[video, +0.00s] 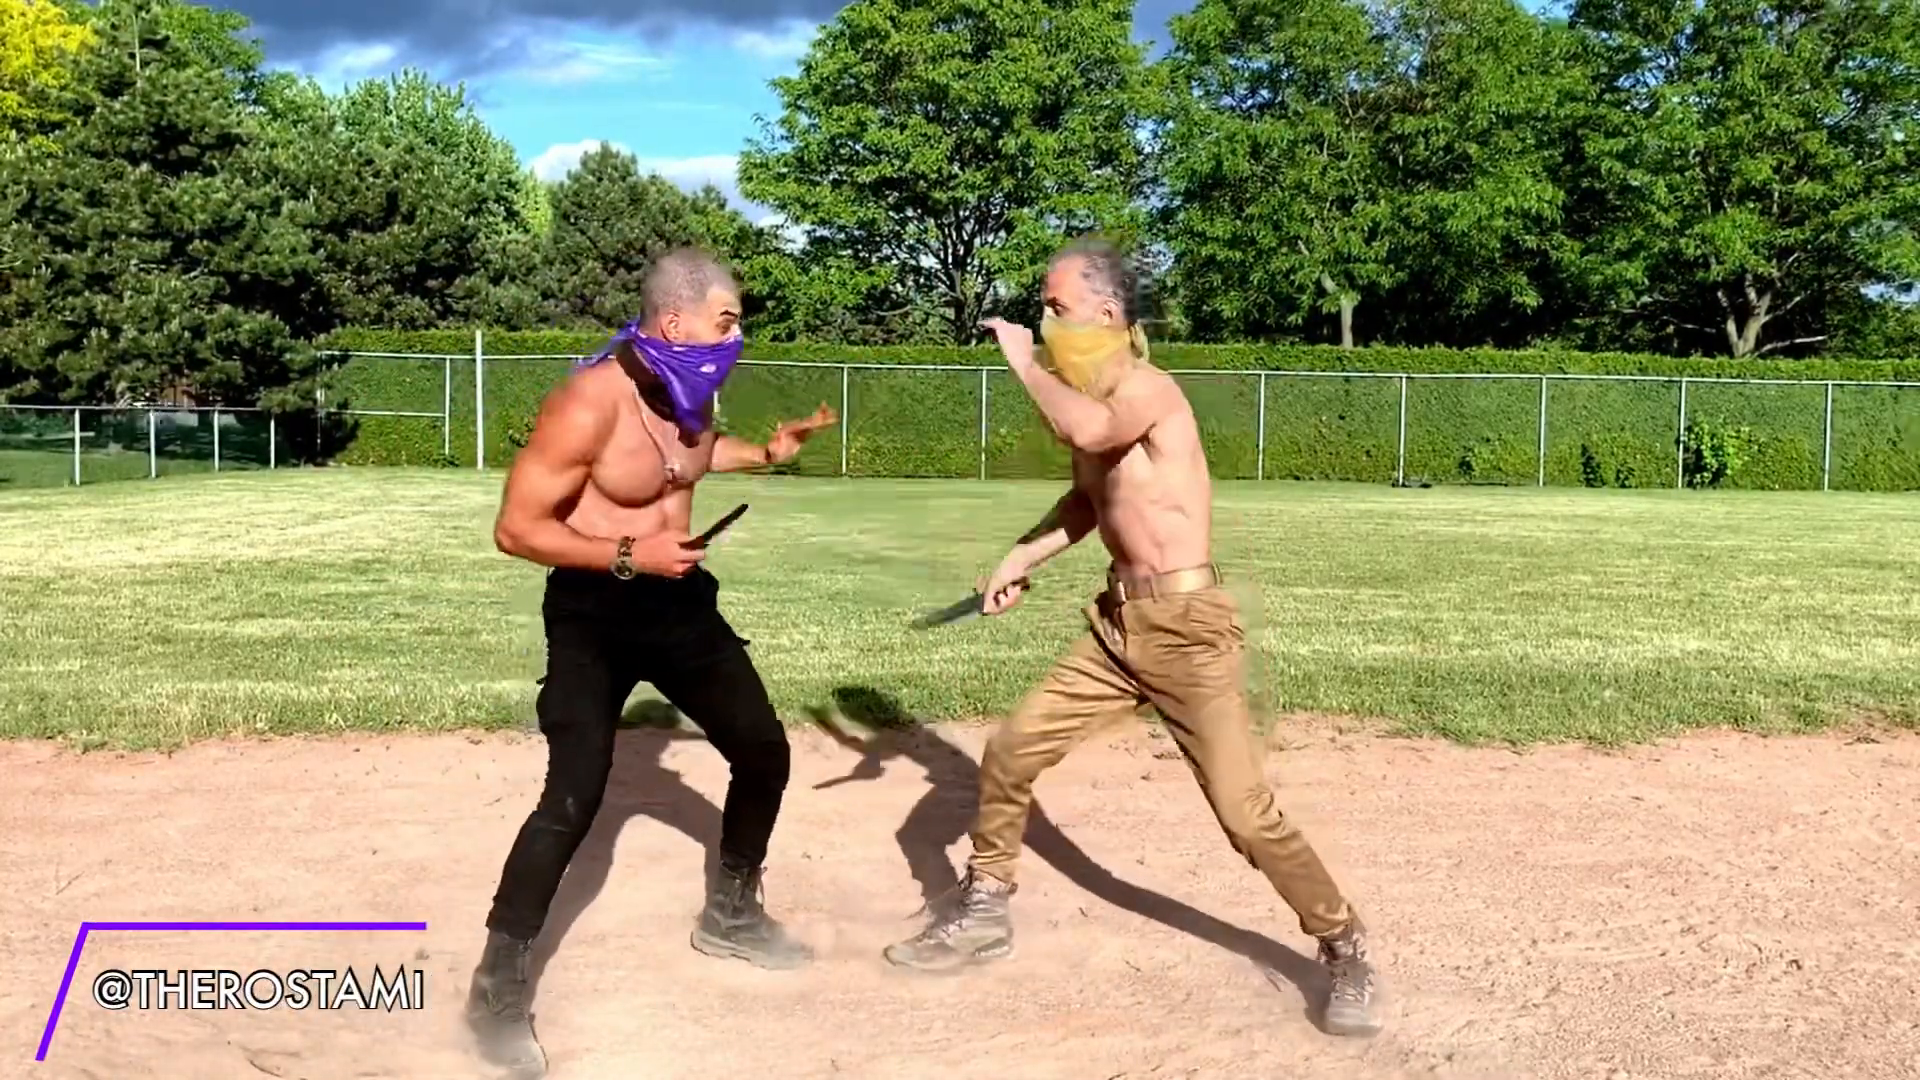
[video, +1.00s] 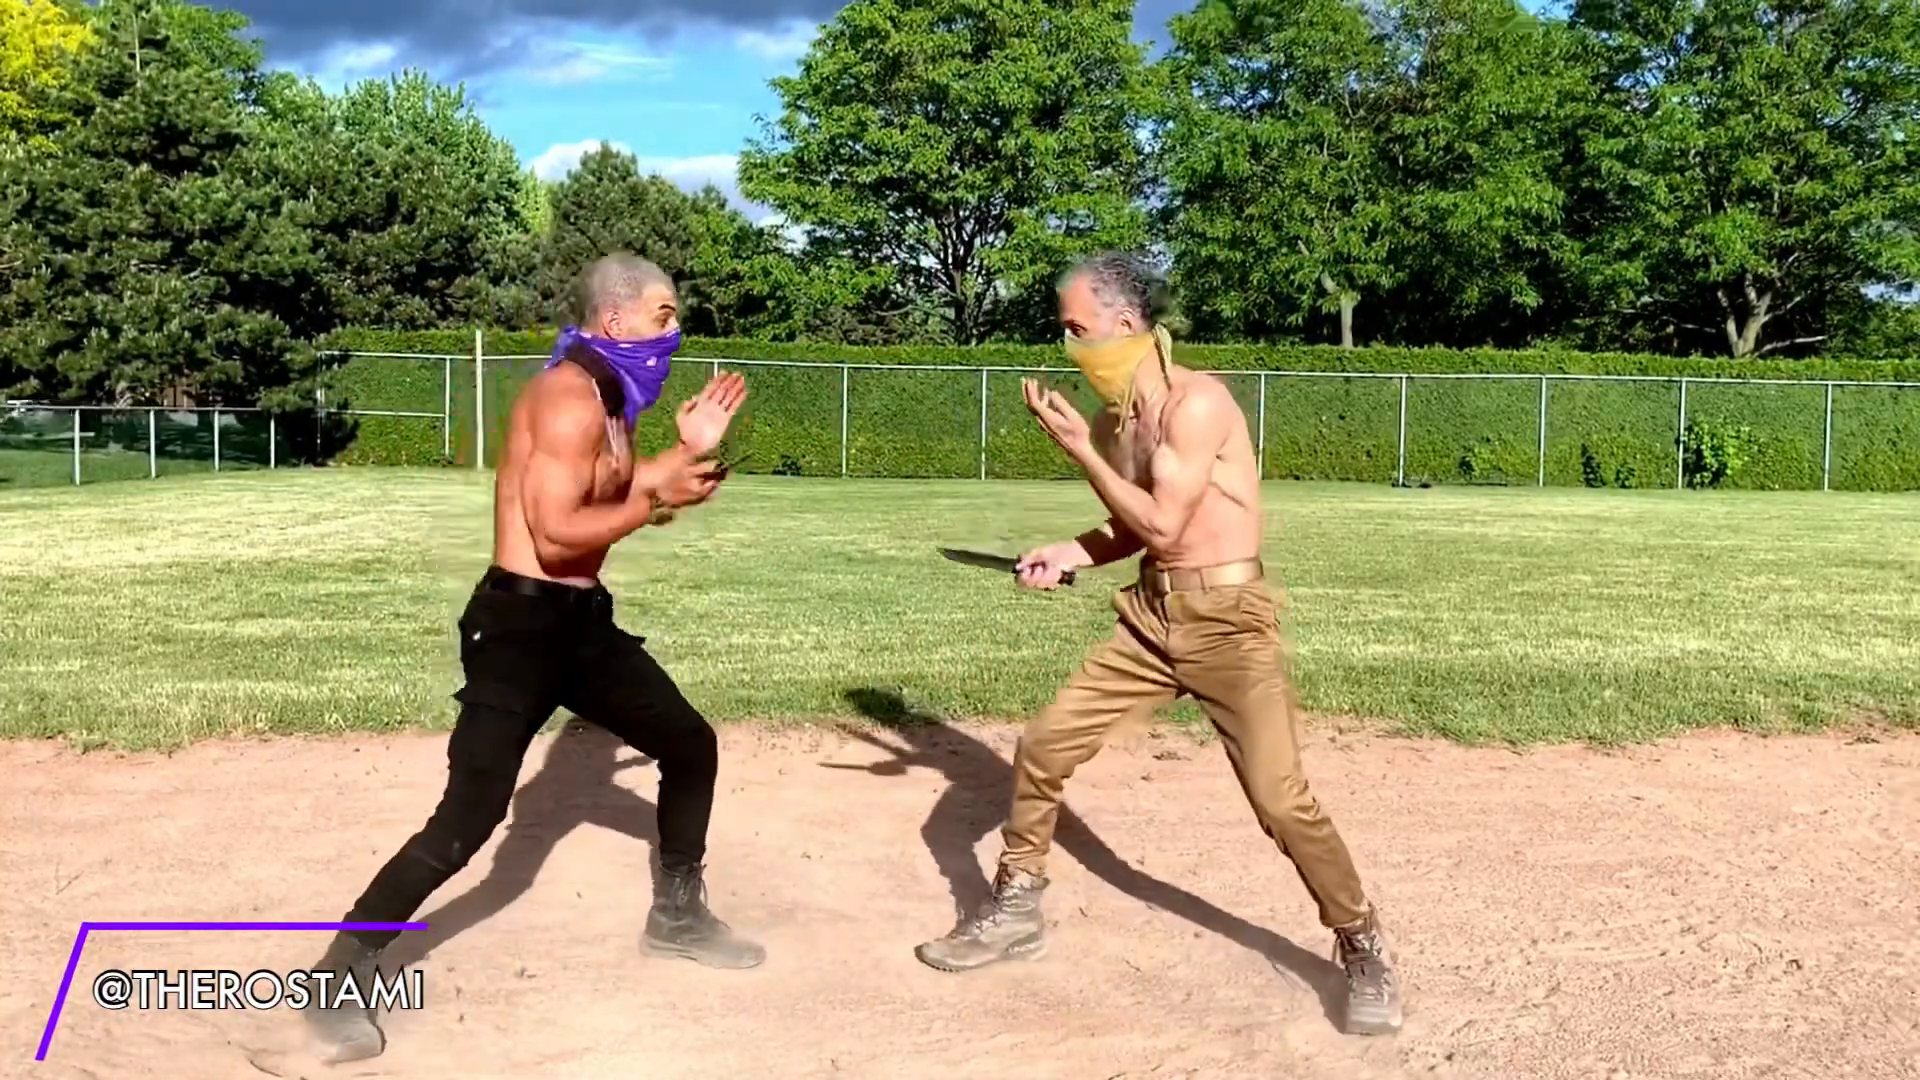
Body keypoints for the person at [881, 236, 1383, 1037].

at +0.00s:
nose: (1045, 322)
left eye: (1058, 308)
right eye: (1044, 309)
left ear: (1111, 309)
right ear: (1078, 316)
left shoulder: (1153, 389)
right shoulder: (1099, 410)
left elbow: (1094, 432)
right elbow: (1088, 506)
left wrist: (1025, 366)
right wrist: (1020, 557)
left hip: (1191, 630)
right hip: (1119, 628)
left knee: (1245, 815)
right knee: (1009, 756)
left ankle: (1344, 948)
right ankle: (984, 913)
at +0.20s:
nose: (1092, 283)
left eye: (1106, 265)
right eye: (1090, 268)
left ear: (1146, 278)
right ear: (1116, 280)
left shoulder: (1158, 354)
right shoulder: (1153, 367)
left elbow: (1137, 303)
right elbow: (1236, 424)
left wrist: (1073, 211)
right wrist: (1200, 517)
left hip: (1166, 597)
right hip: (1114, 598)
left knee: (1223, 797)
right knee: (1024, 756)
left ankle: (1339, 943)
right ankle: (988, 913)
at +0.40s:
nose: (1126, 286)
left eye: (1137, 270)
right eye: (1126, 272)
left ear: (1186, 276)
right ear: (1170, 275)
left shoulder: (1232, 370)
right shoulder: (1167, 383)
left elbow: (1214, 433)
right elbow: (1167, 506)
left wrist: (1152, 336)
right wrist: (1093, 537)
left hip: (1205, 608)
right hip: (1145, 606)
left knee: (1226, 806)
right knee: (1054, 760)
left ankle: (1338, 959)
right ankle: (996, 913)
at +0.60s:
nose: (1080, 322)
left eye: (1091, 306)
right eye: (1079, 308)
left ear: (1144, 310)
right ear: (1121, 312)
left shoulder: (1220, 392)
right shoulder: (1129, 407)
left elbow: (1240, 517)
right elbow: (1113, 487)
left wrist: (1162, 422)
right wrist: (1020, 491)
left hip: (1242, 616)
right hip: (1161, 613)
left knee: (1276, 798)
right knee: (1058, 757)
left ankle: (1345, 959)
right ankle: (1029, 917)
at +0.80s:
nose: (1093, 345)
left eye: (1102, 327)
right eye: (1088, 330)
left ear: (1154, 320)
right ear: (1118, 329)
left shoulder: (1223, 404)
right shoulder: (1140, 422)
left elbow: (1178, 531)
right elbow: (1153, 535)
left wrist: (1097, 457)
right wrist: (1081, 544)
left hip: (1246, 627)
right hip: (1165, 621)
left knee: (1287, 809)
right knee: (1055, 750)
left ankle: (1365, 953)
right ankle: (1027, 916)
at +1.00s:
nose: (1071, 346)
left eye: (1080, 329)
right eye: (1066, 332)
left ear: (1130, 321)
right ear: (1098, 331)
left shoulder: (1201, 404)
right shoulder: (1116, 421)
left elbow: (1165, 525)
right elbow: (1141, 526)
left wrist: (1083, 452)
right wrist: (1075, 552)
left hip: (1231, 625)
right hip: (1148, 619)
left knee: (1280, 802)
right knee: (1042, 750)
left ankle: (1363, 950)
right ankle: (1017, 910)